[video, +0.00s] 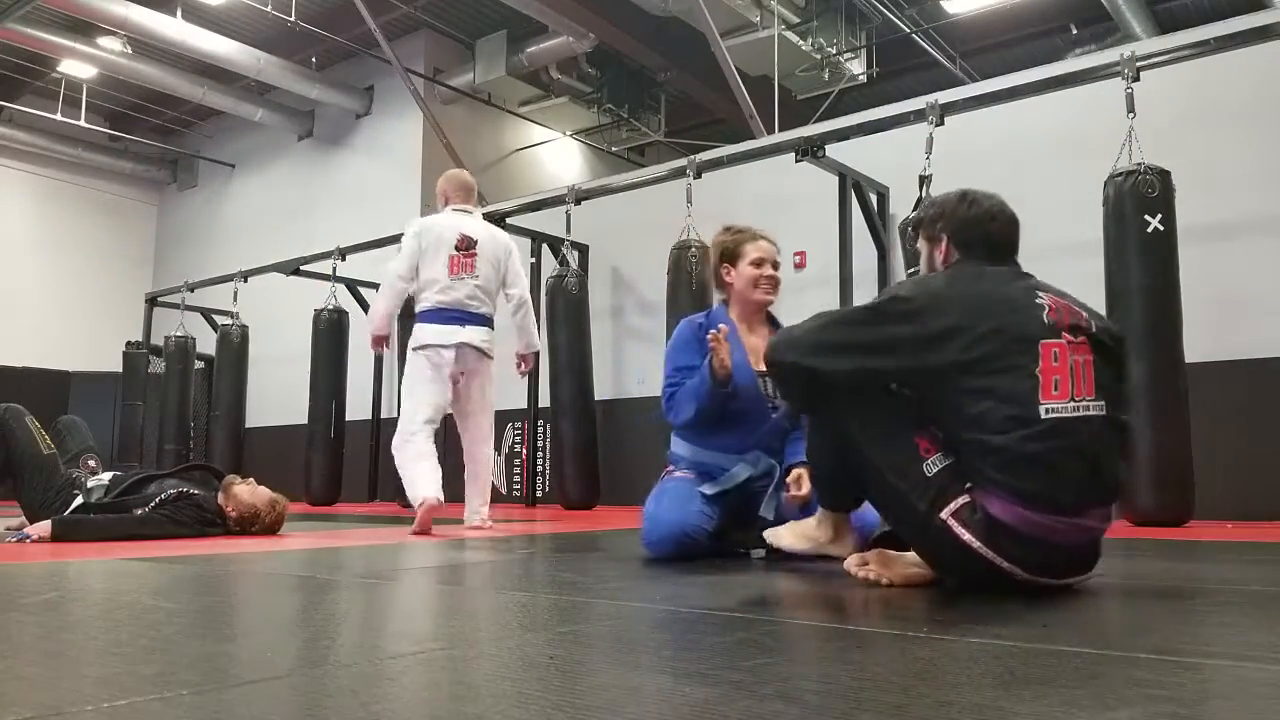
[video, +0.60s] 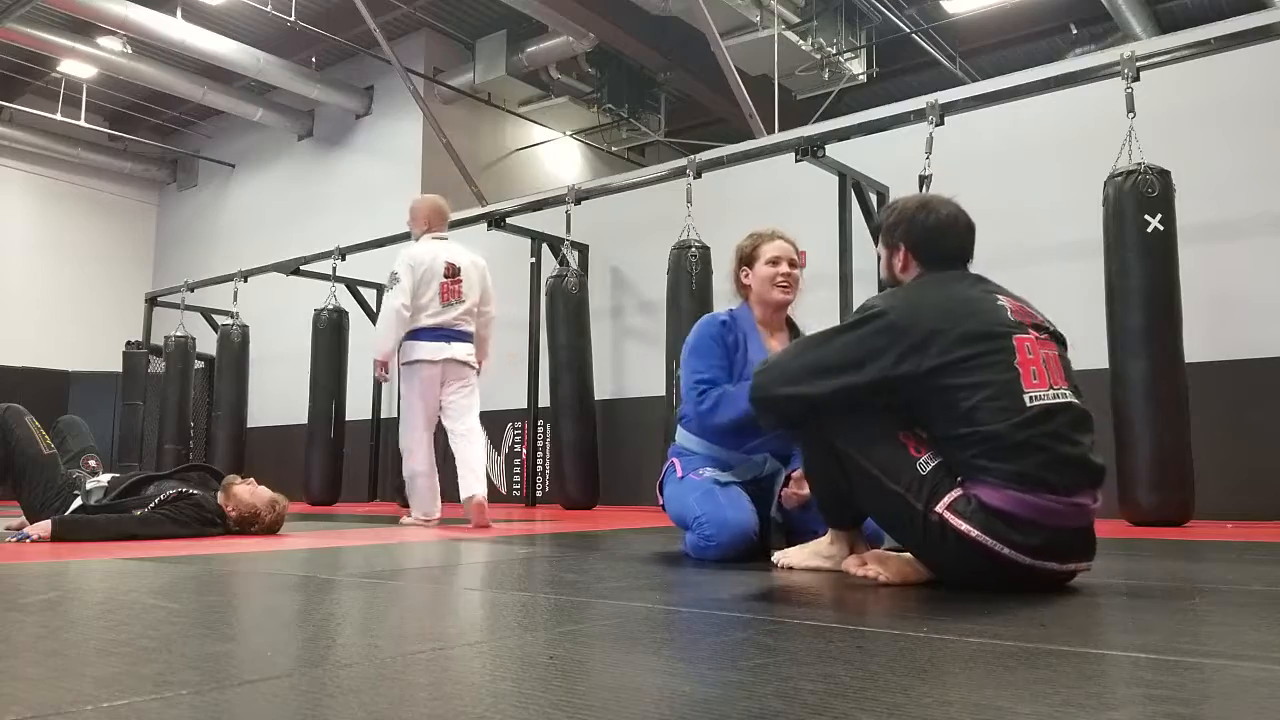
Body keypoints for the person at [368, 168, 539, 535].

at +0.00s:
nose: (437, 203)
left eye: (438, 199)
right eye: (439, 199)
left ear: (443, 198)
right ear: (476, 200)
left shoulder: (423, 228)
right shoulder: (501, 238)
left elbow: (398, 277)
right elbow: (519, 296)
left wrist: (380, 323)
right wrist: (528, 343)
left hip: (431, 339)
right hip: (478, 342)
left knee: (415, 424)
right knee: (478, 430)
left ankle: (426, 494)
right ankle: (477, 515)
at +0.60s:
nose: (409, 225)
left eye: (411, 219)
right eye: (409, 219)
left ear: (423, 221)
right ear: (445, 222)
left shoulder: (411, 255)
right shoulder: (474, 259)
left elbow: (398, 305)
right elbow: (486, 314)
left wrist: (383, 350)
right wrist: (480, 353)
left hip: (420, 353)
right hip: (462, 354)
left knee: (416, 431)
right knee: (466, 426)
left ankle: (425, 510)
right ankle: (476, 494)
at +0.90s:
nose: (375, 229)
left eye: (379, 224)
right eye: (377, 223)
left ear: (395, 227)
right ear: (410, 227)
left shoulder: (384, 261)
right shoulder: (439, 262)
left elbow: (364, 313)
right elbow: (454, 317)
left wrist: (345, 348)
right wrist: (449, 357)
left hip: (394, 355)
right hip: (430, 355)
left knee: (402, 431)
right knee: (415, 429)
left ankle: (423, 507)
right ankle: (423, 499)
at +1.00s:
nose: (363, 232)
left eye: (368, 227)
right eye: (365, 227)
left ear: (386, 232)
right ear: (397, 233)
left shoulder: (370, 263)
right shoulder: (426, 267)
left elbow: (350, 313)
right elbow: (441, 319)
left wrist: (331, 342)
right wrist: (440, 358)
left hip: (384, 357)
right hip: (419, 358)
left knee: (398, 434)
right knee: (389, 433)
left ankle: (422, 509)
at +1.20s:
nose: (343, 235)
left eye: (348, 231)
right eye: (344, 229)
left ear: (367, 235)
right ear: (374, 236)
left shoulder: (347, 266)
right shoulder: (397, 272)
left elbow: (327, 317)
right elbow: (409, 322)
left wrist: (303, 350)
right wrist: (412, 362)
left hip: (355, 358)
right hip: (386, 360)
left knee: (366, 433)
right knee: (355, 434)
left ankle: (412, 495)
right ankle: (342, 506)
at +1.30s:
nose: (331, 233)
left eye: (336, 229)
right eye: (333, 228)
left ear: (354, 235)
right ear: (360, 237)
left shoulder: (338, 267)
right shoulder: (384, 271)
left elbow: (320, 319)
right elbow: (393, 323)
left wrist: (290, 357)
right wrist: (389, 360)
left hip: (342, 360)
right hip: (373, 361)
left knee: (330, 435)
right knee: (353, 434)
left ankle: (390, 487)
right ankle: (341, 508)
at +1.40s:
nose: (319, 233)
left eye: (325, 230)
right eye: (321, 228)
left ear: (342, 236)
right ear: (347, 239)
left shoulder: (329, 267)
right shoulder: (367, 269)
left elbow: (315, 316)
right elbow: (375, 321)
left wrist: (291, 357)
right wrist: (364, 354)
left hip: (330, 359)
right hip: (360, 360)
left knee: (298, 432)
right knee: (345, 428)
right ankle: (346, 504)